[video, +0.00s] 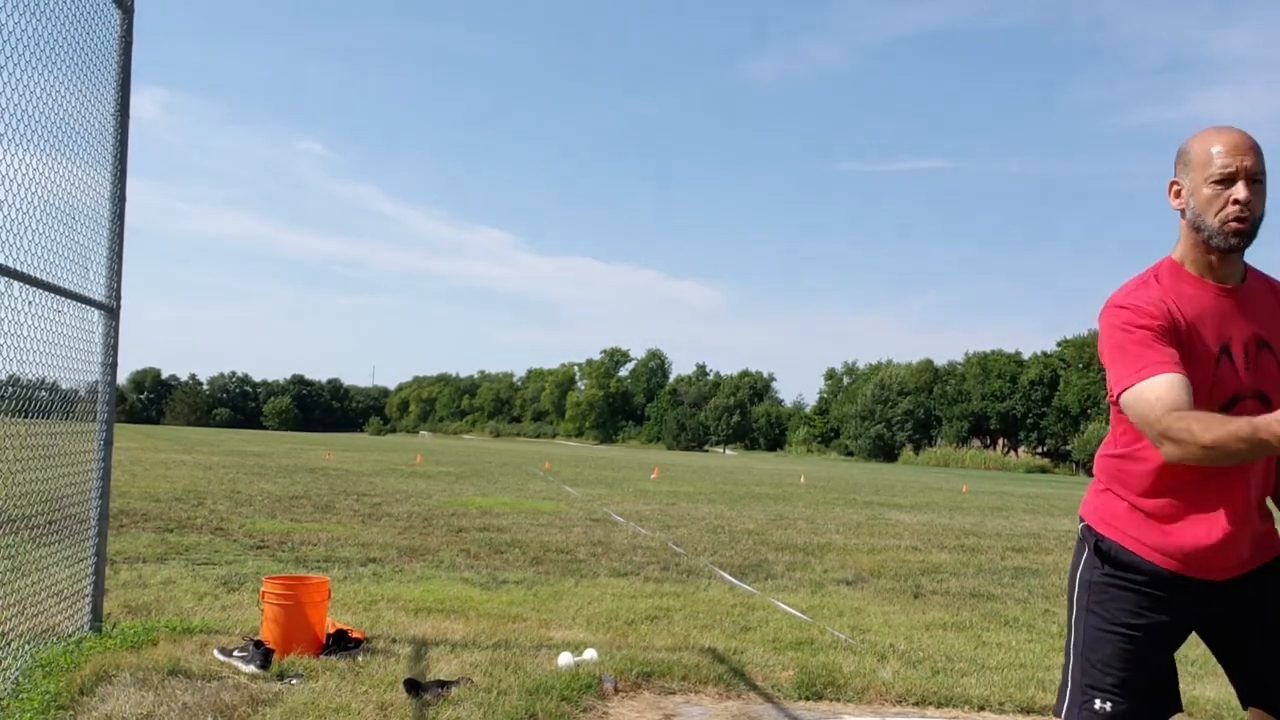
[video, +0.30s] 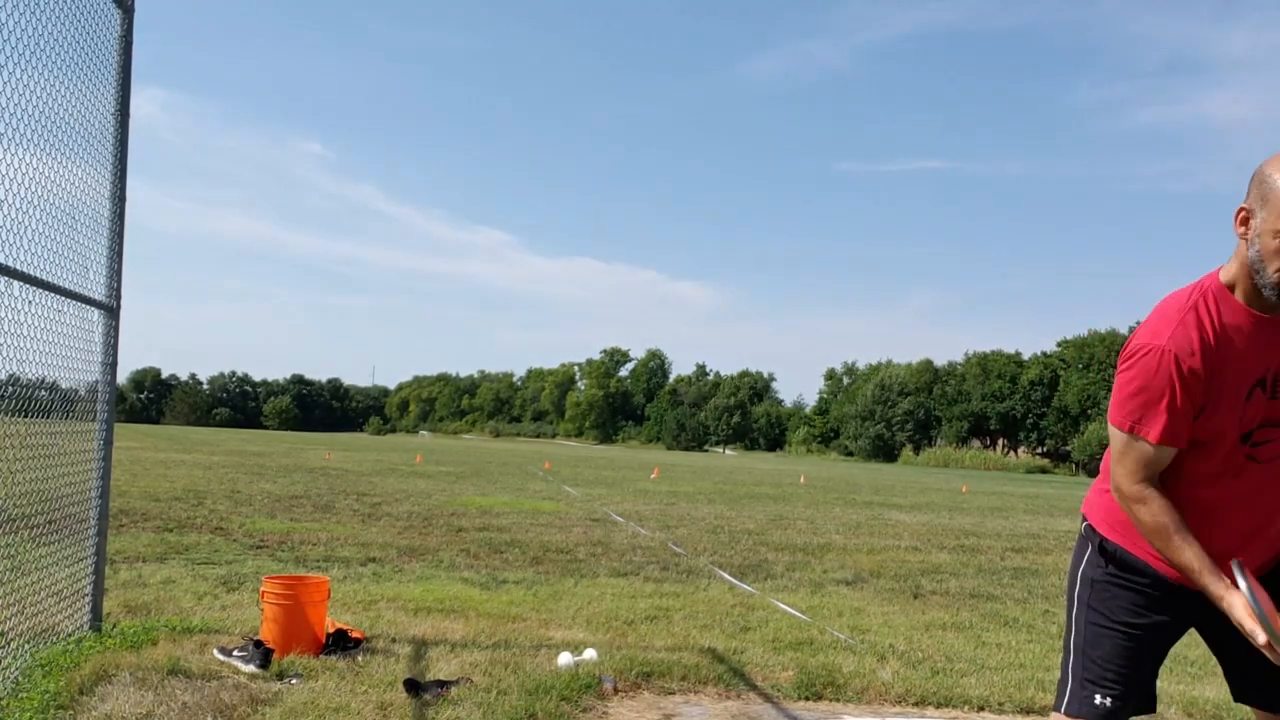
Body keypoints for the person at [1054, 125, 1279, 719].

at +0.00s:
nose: (1244, 195)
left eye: (1255, 181)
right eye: (1225, 180)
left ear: (1266, 193)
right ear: (1179, 195)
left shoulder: (1273, 304)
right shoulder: (1137, 308)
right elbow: (1175, 435)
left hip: (1248, 560)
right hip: (1134, 559)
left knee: (1275, 702)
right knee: (1103, 712)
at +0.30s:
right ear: (1245, 223)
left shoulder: (1271, 323)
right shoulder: (1180, 334)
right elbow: (1131, 481)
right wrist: (1224, 592)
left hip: (1257, 568)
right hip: (1138, 559)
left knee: (1277, 704)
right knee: (1087, 712)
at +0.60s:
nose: (1279, 268)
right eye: (1270, 249)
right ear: (1230, 228)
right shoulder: (1168, 326)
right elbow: (1043, 438)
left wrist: (1275, 518)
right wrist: (1147, 531)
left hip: (1255, 570)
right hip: (1128, 567)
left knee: (1276, 705)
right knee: (1094, 712)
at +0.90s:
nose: (1267, 262)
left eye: (1279, 244)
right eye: (1252, 242)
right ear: (1208, 221)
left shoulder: (1277, 314)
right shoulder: (1136, 322)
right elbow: (1073, 461)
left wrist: (1275, 488)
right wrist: (1203, 504)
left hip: (1246, 557)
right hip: (1125, 548)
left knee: (1278, 701)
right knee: (1083, 709)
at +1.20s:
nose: (1268, 261)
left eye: (1279, 242)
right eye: (1252, 241)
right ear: (1208, 222)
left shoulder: (1277, 314)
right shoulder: (1137, 324)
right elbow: (1102, 470)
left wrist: (1269, 459)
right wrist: (1227, 475)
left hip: (1252, 555)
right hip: (1128, 550)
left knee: (1279, 699)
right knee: (1085, 710)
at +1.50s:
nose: (1260, 260)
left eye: (1275, 241)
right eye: (1244, 239)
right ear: (1203, 225)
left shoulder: (1276, 318)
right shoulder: (1134, 325)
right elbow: (1113, 475)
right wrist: (1241, 477)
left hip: (1243, 561)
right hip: (1124, 555)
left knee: (1277, 703)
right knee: (1086, 710)